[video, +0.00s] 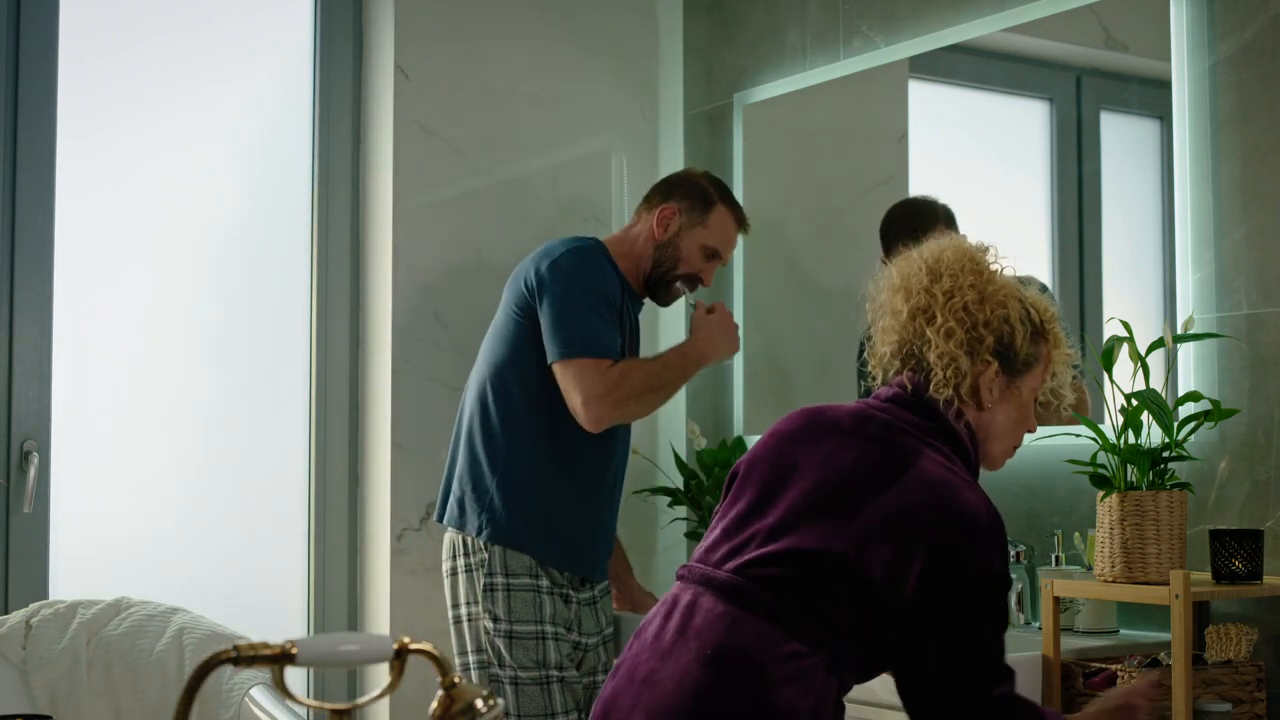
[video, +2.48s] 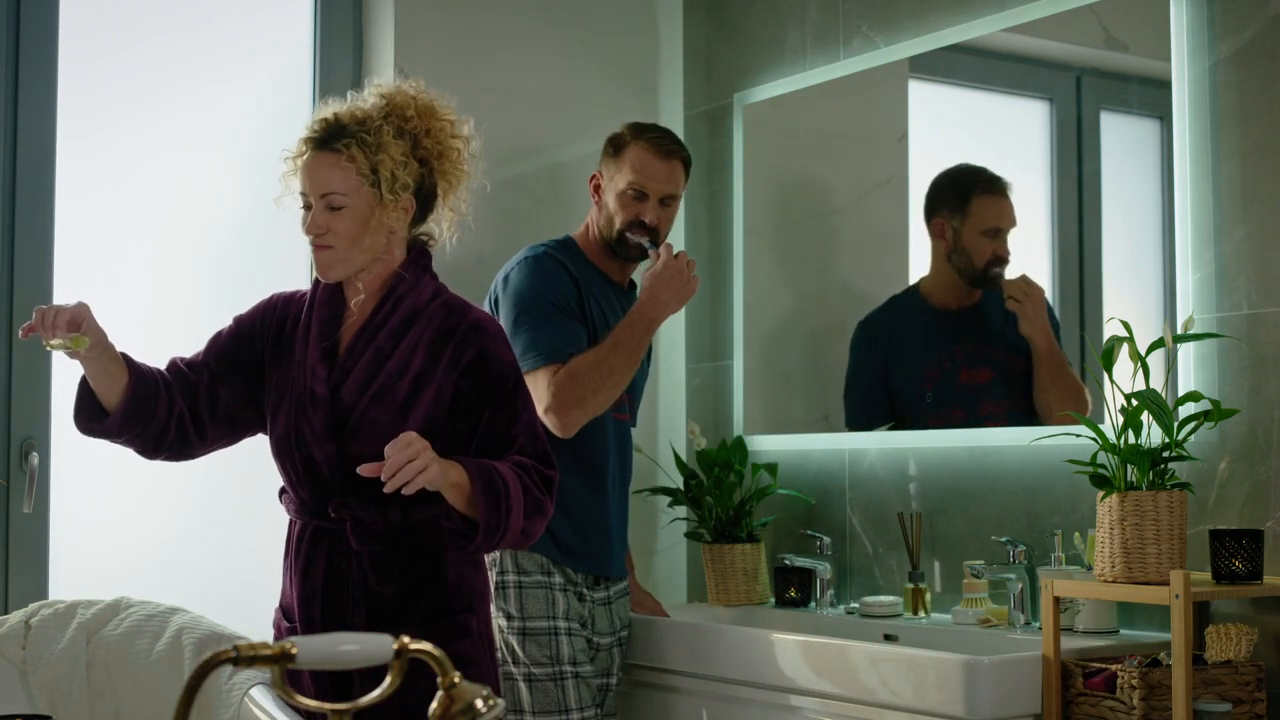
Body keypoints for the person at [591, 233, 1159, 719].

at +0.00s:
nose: (1031, 426)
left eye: (1039, 403)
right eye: (1032, 399)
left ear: (907, 363)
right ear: (986, 383)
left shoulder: (797, 428)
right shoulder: (958, 511)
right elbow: (963, 704)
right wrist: (1102, 711)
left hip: (635, 683)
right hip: (757, 701)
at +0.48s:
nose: (1027, 389)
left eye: (1032, 366)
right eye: (1025, 363)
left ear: (908, 339)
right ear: (970, 353)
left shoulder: (799, 402)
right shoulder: (937, 492)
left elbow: (771, 545)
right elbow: (979, 693)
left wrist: (866, 636)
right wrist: (1097, 711)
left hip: (621, 675)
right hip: (742, 695)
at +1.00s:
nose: (736, 240)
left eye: (753, 222)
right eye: (713, 216)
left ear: (768, 233)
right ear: (656, 220)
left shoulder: (745, 364)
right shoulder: (598, 347)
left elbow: (767, 515)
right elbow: (579, 518)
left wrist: (854, 603)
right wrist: (721, 434)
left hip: (683, 629)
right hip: (569, 629)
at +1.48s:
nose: (493, 194)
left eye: (521, 178)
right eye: (488, 176)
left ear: (577, 204)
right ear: (475, 186)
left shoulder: (623, 340)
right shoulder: (422, 323)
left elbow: (691, 519)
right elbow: (334, 465)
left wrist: (698, 485)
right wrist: (345, 344)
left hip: (567, 618)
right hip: (438, 615)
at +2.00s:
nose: (343, 211)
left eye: (368, 193)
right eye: (342, 191)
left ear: (432, 210)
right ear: (332, 196)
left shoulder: (487, 345)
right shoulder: (301, 324)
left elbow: (530, 507)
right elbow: (191, 421)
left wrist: (436, 465)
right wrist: (124, 348)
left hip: (442, 627)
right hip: (318, 622)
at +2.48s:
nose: (312, 224)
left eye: (333, 205)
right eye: (308, 205)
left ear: (402, 209)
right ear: (300, 203)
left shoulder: (468, 341)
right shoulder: (284, 327)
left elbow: (531, 494)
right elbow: (177, 417)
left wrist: (450, 476)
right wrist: (94, 350)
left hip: (433, 633)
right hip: (310, 632)